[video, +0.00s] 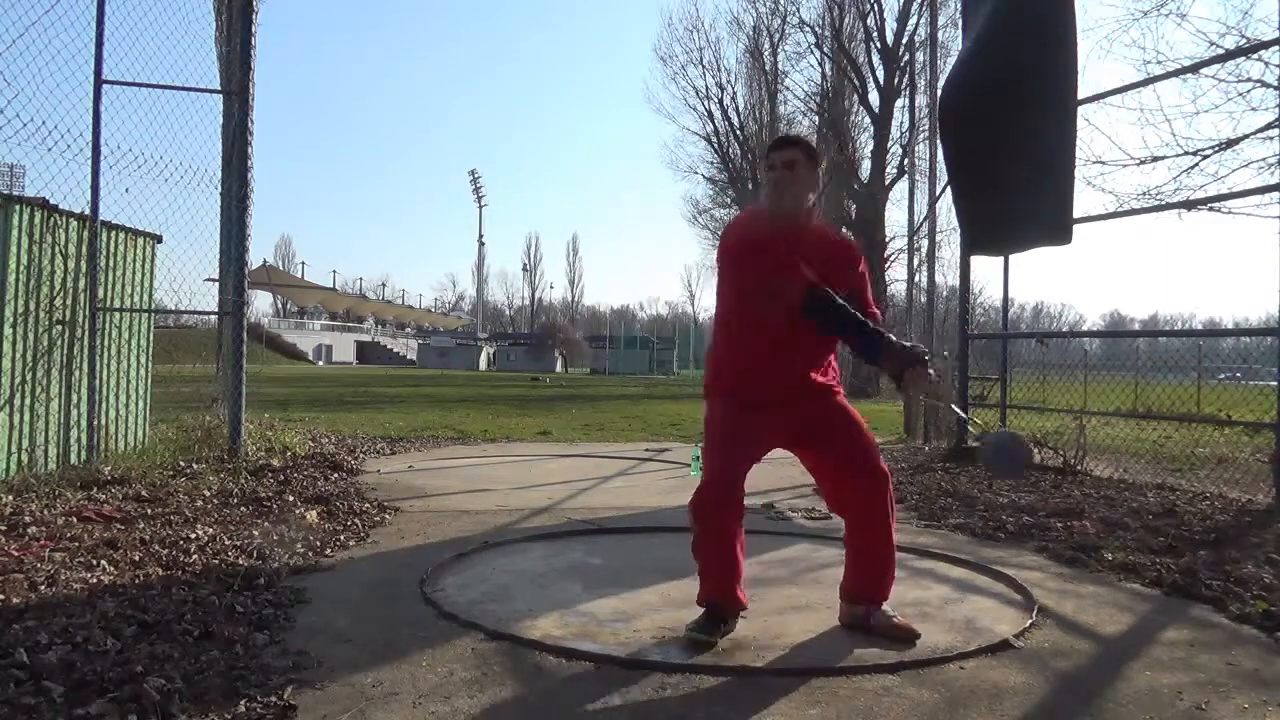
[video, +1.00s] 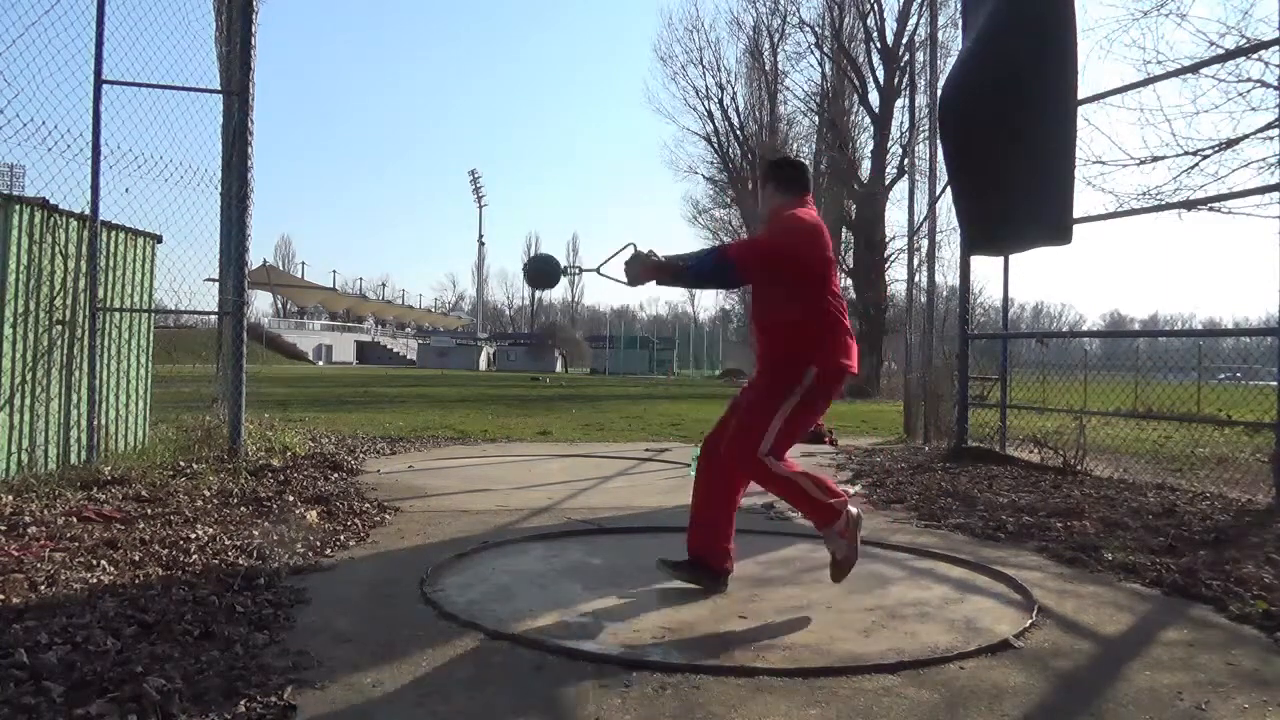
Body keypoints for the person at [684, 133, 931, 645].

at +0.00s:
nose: (781, 174)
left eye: (793, 166)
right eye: (774, 166)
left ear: (816, 180)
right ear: (763, 177)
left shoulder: (840, 250)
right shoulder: (741, 235)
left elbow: (865, 327)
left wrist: (898, 360)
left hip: (813, 398)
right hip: (737, 399)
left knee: (870, 480)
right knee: (716, 492)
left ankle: (863, 604)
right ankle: (719, 604)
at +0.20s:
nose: (786, 179)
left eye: (791, 169)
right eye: (786, 171)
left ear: (813, 166)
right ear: (825, 166)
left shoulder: (847, 213)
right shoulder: (804, 216)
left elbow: (797, 263)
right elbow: (766, 246)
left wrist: (717, 260)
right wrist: (718, 253)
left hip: (851, 373)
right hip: (802, 372)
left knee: (824, 479)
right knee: (736, 467)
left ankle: (892, 581)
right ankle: (717, 594)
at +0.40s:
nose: (800, 158)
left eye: (800, 149)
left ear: (800, 150)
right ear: (851, 149)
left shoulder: (783, 192)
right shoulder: (876, 196)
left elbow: (713, 219)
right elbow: (809, 215)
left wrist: (693, 190)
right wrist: (741, 198)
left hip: (789, 354)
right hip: (858, 361)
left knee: (731, 439)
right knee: (796, 491)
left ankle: (720, 525)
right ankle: (717, 596)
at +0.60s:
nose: (809, 175)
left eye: (809, 168)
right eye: (809, 167)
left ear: (761, 157)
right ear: (800, 164)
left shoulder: (744, 197)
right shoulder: (794, 204)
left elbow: (795, 255)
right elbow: (840, 252)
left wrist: (850, 260)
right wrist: (861, 257)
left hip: (742, 358)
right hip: (728, 360)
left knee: (791, 458)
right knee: (771, 488)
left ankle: (815, 554)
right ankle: (686, 561)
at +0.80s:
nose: (743, 195)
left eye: (752, 186)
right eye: (733, 187)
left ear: (768, 193)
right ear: (723, 196)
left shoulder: (790, 249)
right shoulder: (712, 248)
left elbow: (814, 308)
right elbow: (766, 305)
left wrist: (838, 351)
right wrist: (829, 351)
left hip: (775, 378)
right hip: (715, 383)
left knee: (833, 458)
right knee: (715, 473)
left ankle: (829, 566)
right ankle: (714, 569)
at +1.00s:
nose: (757, 203)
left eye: (760, 193)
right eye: (759, 193)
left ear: (774, 190)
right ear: (797, 191)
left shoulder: (800, 227)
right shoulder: (785, 232)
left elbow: (734, 259)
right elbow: (730, 268)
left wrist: (661, 267)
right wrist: (665, 269)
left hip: (813, 363)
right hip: (783, 365)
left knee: (755, 454)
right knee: (718, 451)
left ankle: (837, 517)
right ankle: (709, 564)